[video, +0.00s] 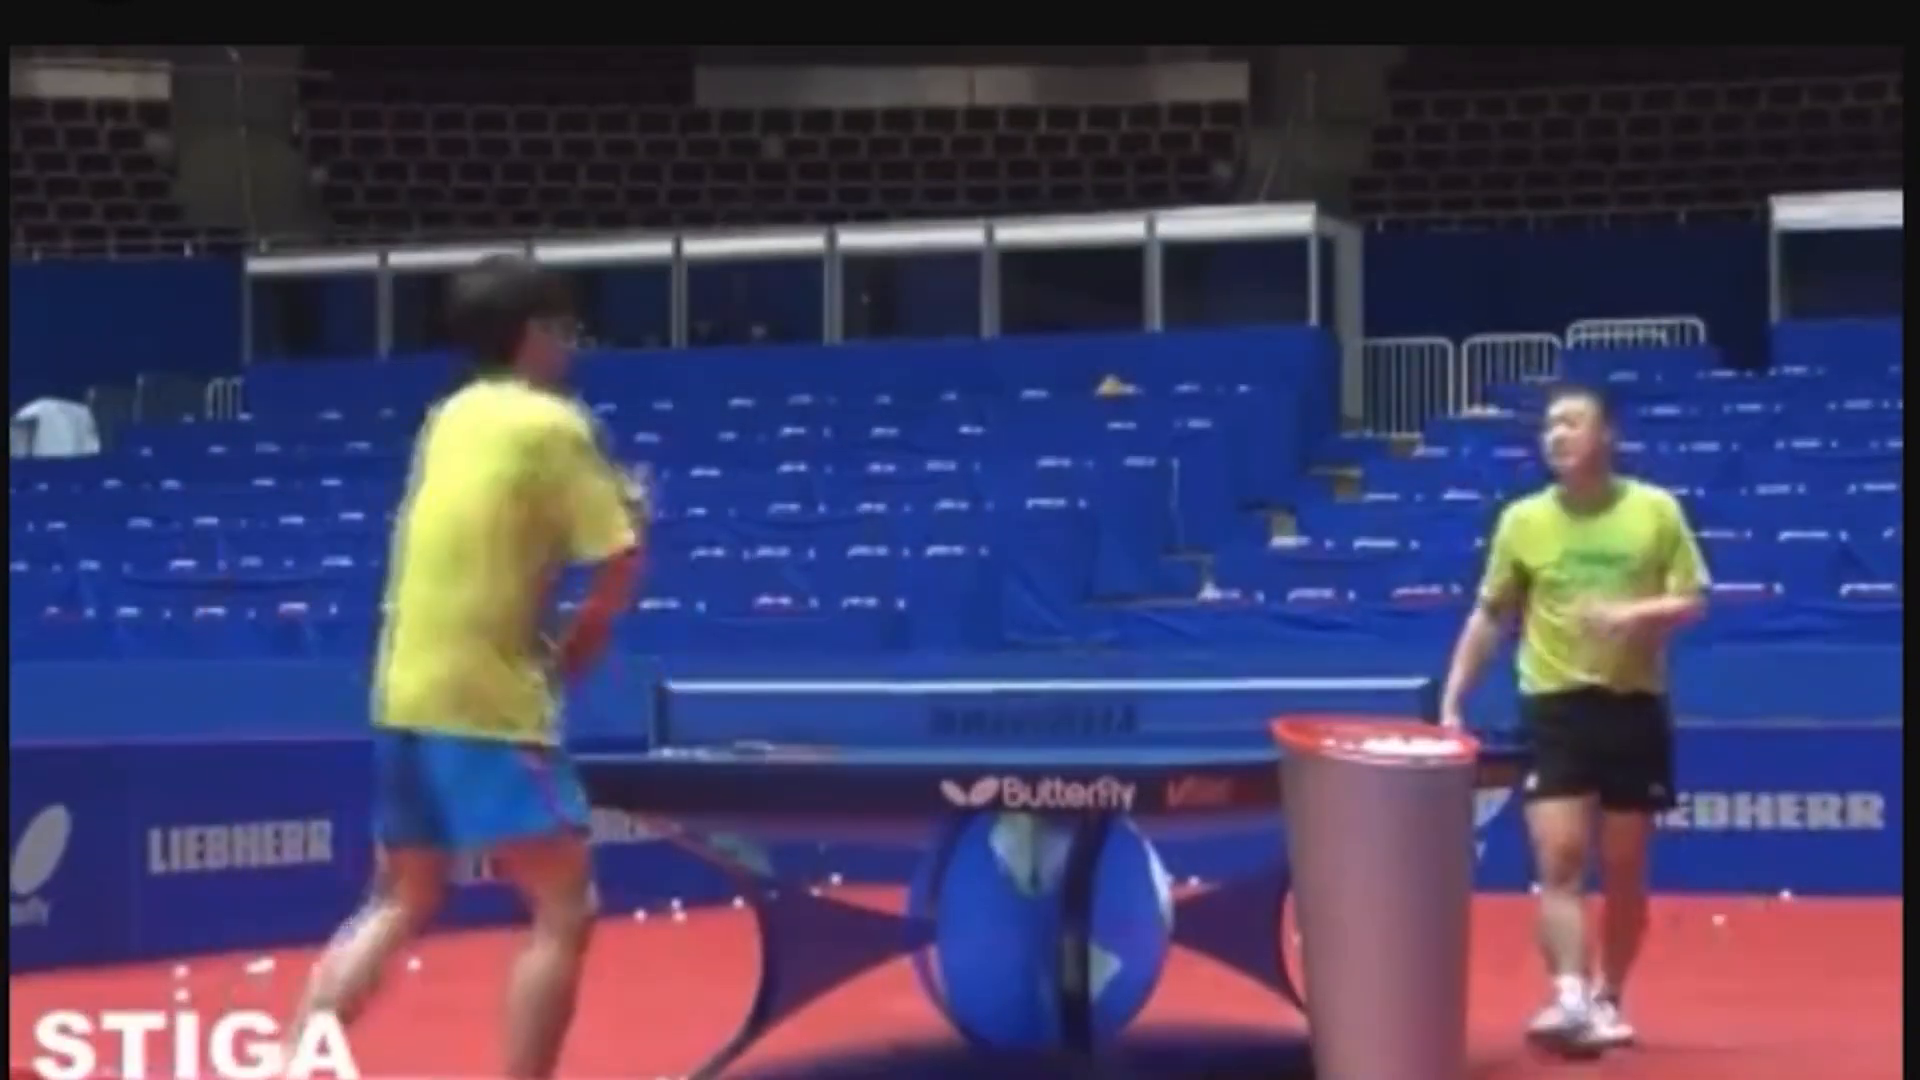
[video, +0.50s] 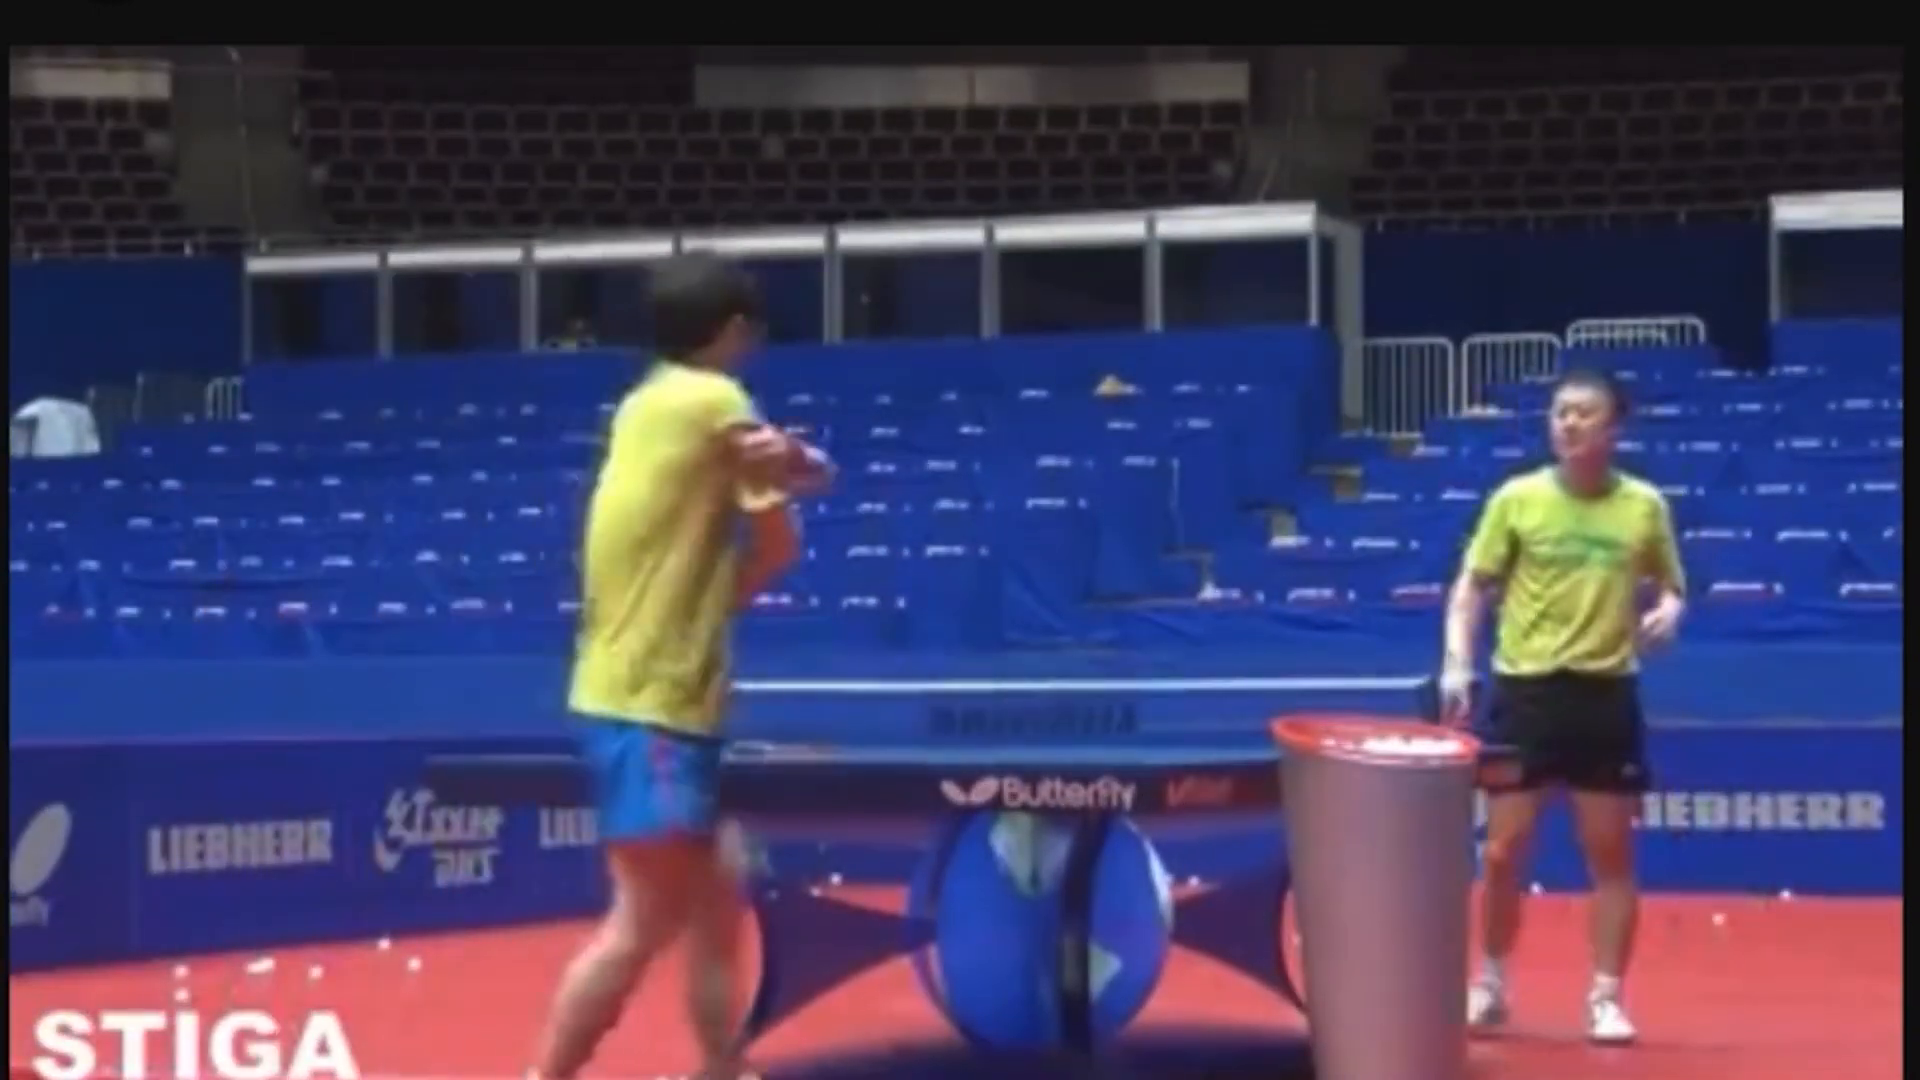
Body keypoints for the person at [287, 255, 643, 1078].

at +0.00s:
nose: (570, 344)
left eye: (567, 327)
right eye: (558, 328)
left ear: (490, 339)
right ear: (524, 336)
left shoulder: (450, 416)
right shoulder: (549, 426)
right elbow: (620, 555)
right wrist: (571, 654)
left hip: (402, 700)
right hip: (485, 705)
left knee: (403, 894)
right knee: (564, 910)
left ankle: (300, 1055)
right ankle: (525, 1067)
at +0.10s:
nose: (607, 331)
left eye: (602, 316)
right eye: (600, 316)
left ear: (529, 326)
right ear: (576, 322)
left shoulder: (490, 403)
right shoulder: (593, 410)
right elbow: (657, 539)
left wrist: (652, 470)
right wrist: (590, 605)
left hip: (447, 693)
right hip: (521, 707)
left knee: (474, 896)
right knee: (564, 912)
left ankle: (379, 1058)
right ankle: (527, 1069)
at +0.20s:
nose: (638, 328)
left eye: (636, 315)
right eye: (634, 315)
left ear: (553, 323)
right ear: (615, 318)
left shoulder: (528, 395)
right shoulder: (616, 400)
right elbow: (672, 531)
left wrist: (665, 489)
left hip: (484, 685)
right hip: (540, 700)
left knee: (548, 891)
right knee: (564, 909)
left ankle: (472, 1054)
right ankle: (521, 1067)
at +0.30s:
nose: (678, 328)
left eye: (677, 315)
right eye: (675, 315)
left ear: (593, 321)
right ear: (656, 322)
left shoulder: (570, 394)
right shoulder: (648, 398)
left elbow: (694, 547)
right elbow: (710, 477)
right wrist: (719, 452)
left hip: (544, 692)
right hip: (568, 703)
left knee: (626, 911)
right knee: (575, 920)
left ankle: (606, 1065)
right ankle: (526, 1067)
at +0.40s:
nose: (713, 335)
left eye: (710, 322)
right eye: (708, 322)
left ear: (627, 332)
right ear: (690, 329)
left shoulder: (608, 404)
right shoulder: (673, 399)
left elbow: (739, 547)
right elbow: (761, 468)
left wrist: (670, 603)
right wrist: (749, 451)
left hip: (588, 698)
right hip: (601, 705)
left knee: (665, 908)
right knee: (591, 920)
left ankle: (689, 1065)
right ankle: (534, 1068)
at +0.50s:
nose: (753, 338)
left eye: (749, 325)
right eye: (750, 325)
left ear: (671, 331)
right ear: (730, 328)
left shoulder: (650, 403)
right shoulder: (711, 401)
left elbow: (757, 546)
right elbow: (808, 479)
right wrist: (796, 458)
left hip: (644, 703)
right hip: (649, 709)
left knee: (713, 910)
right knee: (644, 918)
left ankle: (722, 1064)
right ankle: (547, 1068)